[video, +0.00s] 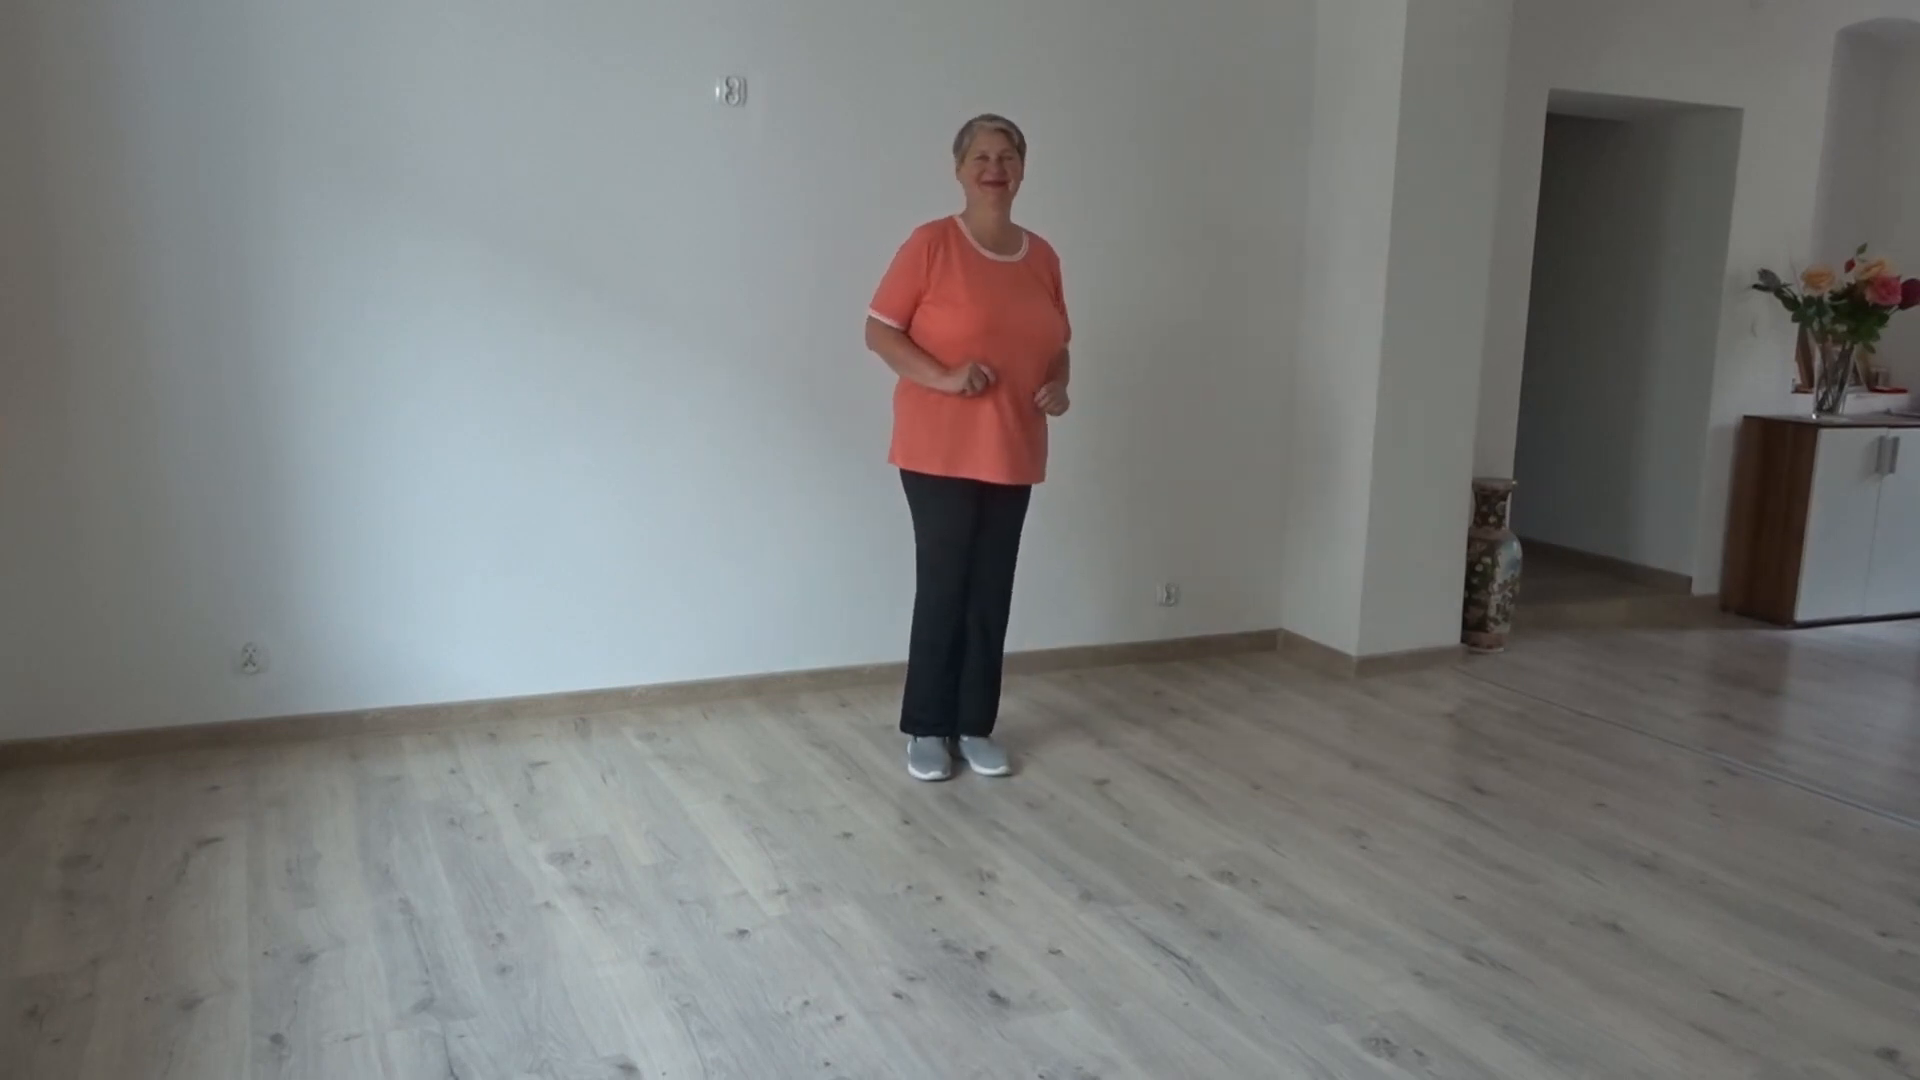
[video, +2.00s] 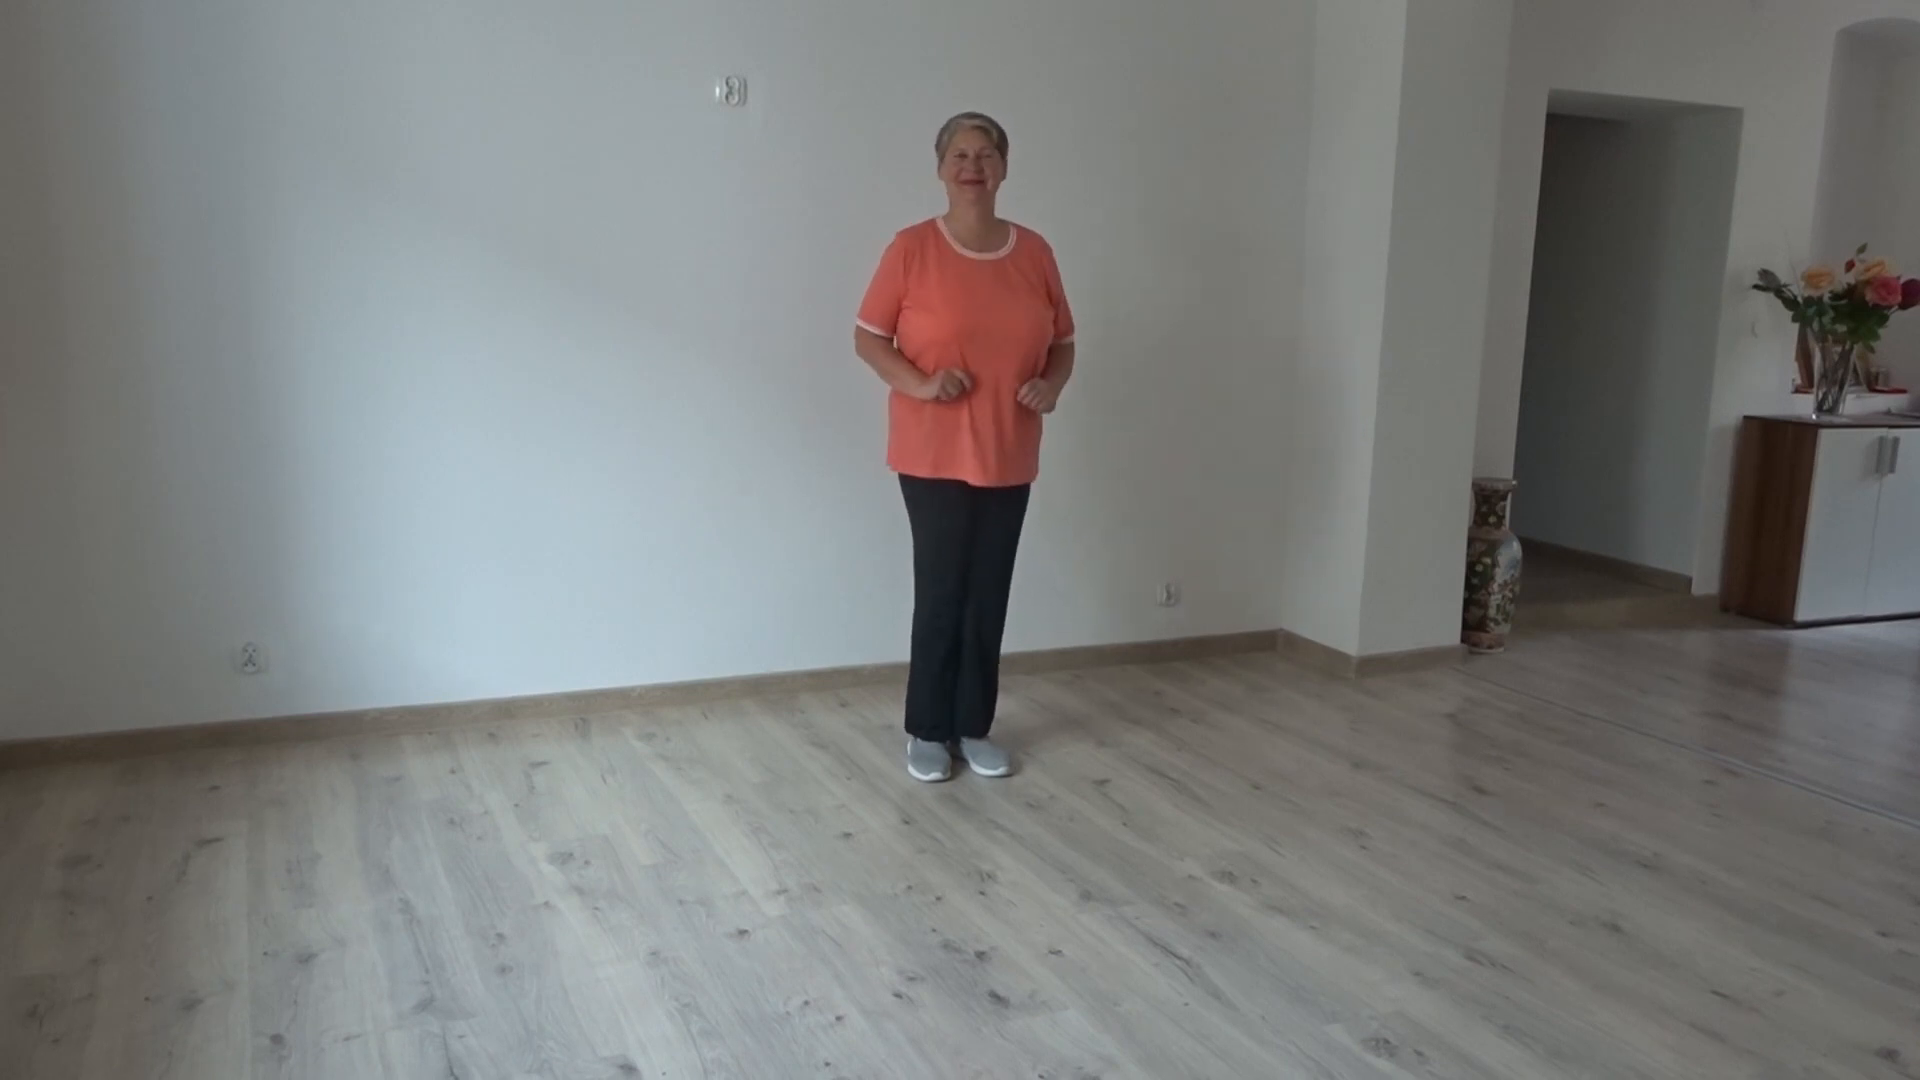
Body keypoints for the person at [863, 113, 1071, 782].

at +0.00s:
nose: (995, 167)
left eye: (1007, 157)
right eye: (982, 157)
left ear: (1023, 170)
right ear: (958, 169)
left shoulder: (1041, 256)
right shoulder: (929, 245)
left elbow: (1058, 341)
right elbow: (880, 333)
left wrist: (1057, 383)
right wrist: (942, 377)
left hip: (1012, 458)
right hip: (940, 456)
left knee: (990, 598)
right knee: (944, 595)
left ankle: (972, 729)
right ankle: (926, 731)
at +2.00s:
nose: (973, 163)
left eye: (986, 154)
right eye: (960, 155)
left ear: (1003, 168)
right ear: (940, 169)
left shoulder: (1033, 251)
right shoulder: (911, 248)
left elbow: (1063, 338)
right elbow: (868, 338)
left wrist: (1051, 381)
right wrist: (920, 382)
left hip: (1008, 459)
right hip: (935, 458)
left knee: (988, 602)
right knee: (940, 600)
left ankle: (972, 731)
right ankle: (927, 734)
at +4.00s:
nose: (995, 185)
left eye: (1009, 174)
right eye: (983, 174)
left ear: (1033, 187)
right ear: (968, 185)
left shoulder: (1048, 276)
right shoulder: (937, 260)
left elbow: (1062, 372)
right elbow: (881, 342)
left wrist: (1055, 439)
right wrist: (924, 432)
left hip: (1014, 476)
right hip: (942, 472)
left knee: (1000, 610)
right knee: (961, 603)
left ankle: (980, 734)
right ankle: (926, 726)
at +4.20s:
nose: (1000, 183)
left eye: (1015, 174)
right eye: (989, 172)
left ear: (1038, 189)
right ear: (972, 183)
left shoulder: (1051, 278)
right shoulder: (933, 252)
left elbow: (1085, 361)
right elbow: (860, 316)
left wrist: (1097, 405)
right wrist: (861, 367)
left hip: (1006, 470)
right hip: (926, 460)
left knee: (992, 611)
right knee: (931, 602)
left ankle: (972, 732)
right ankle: (890, 755)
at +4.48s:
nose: (979, 175)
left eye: (996, 167)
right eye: (969, 163)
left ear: (1019, 186)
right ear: (951, 176)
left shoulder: (1028, 279)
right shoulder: (906, 243)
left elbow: (1062, 375)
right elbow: (830, 321)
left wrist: (1077, 304)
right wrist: (839, 247)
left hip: (980, 467)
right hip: (892, 458)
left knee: (976, 611)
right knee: (893, 624)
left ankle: (971, 729)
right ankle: (874, 800)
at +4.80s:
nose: (955, 159)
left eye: (973, 151)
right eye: (945, 146)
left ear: (993, 171)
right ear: (922, 156)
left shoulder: (1003, 261)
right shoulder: (874, 235)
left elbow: (1012, 364)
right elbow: (810, 328)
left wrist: (957, 307)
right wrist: (872, 290)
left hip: (955, 481)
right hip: (867, 472)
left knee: (942, 638)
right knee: (877, 639)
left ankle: (939, 766)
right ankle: (869, 804)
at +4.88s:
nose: (951, 169)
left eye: (967, 161)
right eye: (940, 155)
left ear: (983, 181)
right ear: (914, 165)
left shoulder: (1000, 268)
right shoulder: (867, 251)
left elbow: (1015, 373)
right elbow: (809, 349)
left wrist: (924, 350)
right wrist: (871, 335)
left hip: (954, 500)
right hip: (865, 494)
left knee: (930, 654)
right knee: (874, 650)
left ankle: (925, 804)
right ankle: (870, 808)